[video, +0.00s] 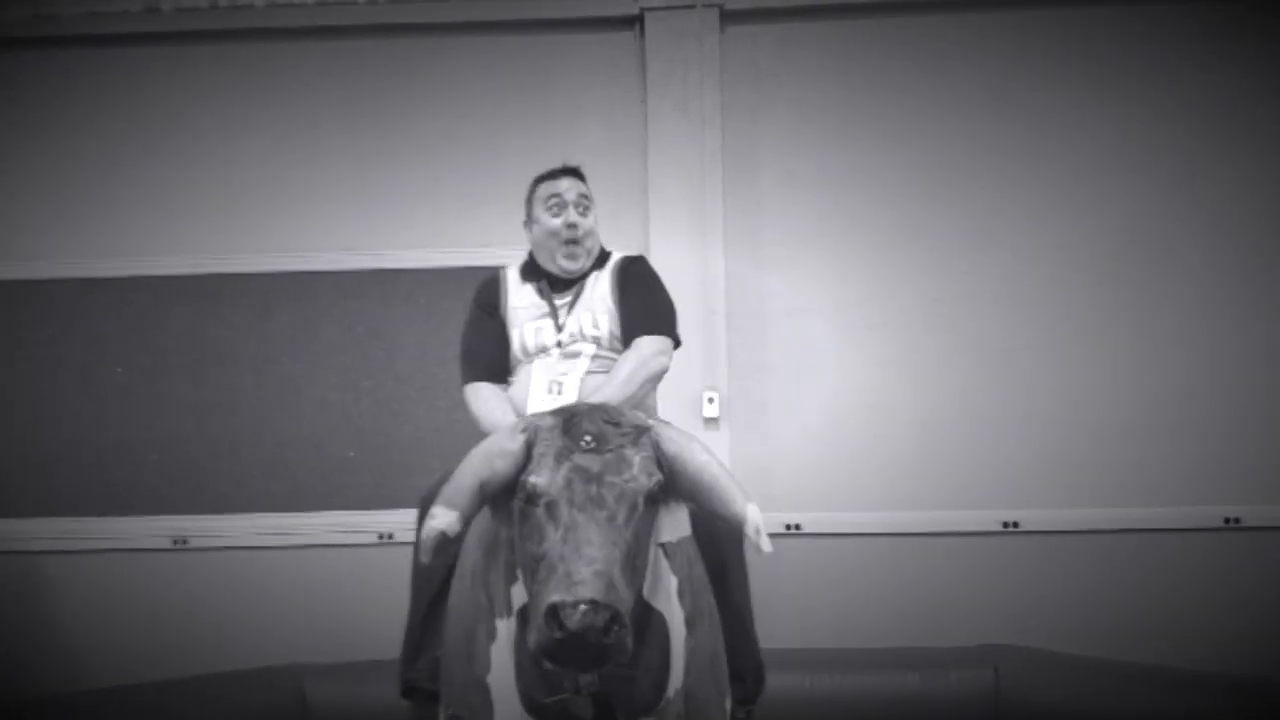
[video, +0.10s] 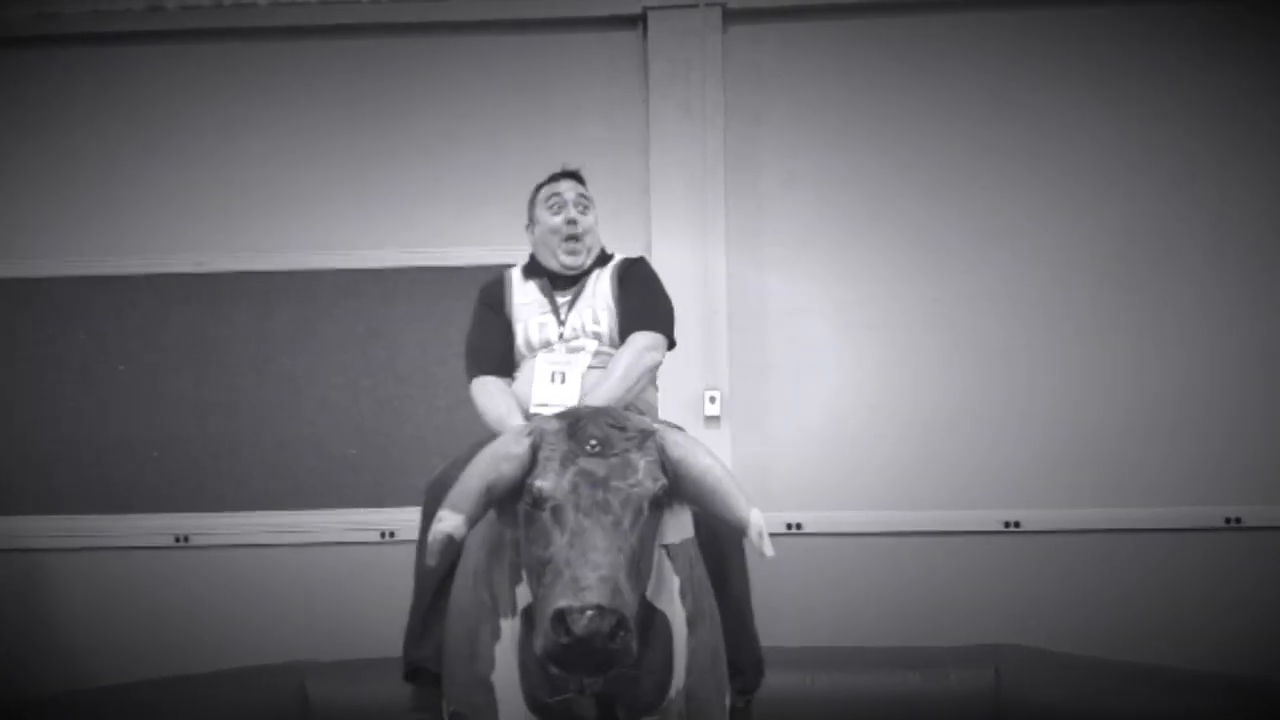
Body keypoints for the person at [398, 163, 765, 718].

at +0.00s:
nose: (572, 218)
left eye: (582, 206)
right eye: (555, 207)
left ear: (597, 221)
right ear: (529, 227)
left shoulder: (628, 272)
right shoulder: (500, 287)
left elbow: (654, 351)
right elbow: (479, 383)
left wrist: (595, 415)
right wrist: (521, 437)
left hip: (625, 422)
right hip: (528, 430)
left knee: (728, 511)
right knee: (441, 519)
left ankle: (742, 659)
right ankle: (420, 666)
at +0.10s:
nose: (572, 216)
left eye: (582, 206)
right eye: (556, 207)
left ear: (598, 225)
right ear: (531, 230)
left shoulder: (628, 273)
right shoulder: (504, 289)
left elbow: (650, 344)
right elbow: (485, 378)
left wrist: (593, 412)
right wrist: (523, 431)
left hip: (624, 422)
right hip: (534, 428)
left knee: (725, 510)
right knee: (447, 504)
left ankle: (740, 664)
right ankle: (425, 667)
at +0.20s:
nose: (568, 210)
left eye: (579, 201)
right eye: (553, 202)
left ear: (595, 223)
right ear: (529, 226)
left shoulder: (625, 270)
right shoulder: (501, 282)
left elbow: (640, 343)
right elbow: (486, 370)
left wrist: (581, 416)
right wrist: (518, 426)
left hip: (619, 418)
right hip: (527, 423)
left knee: (711, 509)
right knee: (443, 486)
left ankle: (731, 680)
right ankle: (424, 679)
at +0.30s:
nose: (565, 199)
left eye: (576, 191)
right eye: (549, 191)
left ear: (591, 213)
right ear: (525, 215)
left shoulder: (623, 263)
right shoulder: (495, 274)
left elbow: (632, 338)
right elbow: (483, 360)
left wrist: (576, 410)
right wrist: (513, 420)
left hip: (613, 410)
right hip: (518, 415)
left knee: (698, 498)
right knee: (440, 481)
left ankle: (727, 669)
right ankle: (421, 671)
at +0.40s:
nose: (563, 185)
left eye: (574, 175)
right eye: (548, 175)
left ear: (589, 194)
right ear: (521, 195)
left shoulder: (619, 248)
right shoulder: (490, 258)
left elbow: (630, 329)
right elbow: (477, 348)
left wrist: (572, 404)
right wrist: (512, 414)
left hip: (606, 401)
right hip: (514, 406)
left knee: (690, 491)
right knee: (440, 477)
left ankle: (726, 664)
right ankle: (421, 667)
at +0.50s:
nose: (561, 164)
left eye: (572, 153)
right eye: (545, 153)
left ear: (586, 170)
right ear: (517, 172)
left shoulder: (617, 230)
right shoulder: (485, 239)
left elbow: (628, 318)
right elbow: (474, 336)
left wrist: (567, 399)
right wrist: (509, 405)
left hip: (607, 390)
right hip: (510, 396)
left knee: (695, 498)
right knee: (438, 479)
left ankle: (728, 682)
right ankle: (421, 675)